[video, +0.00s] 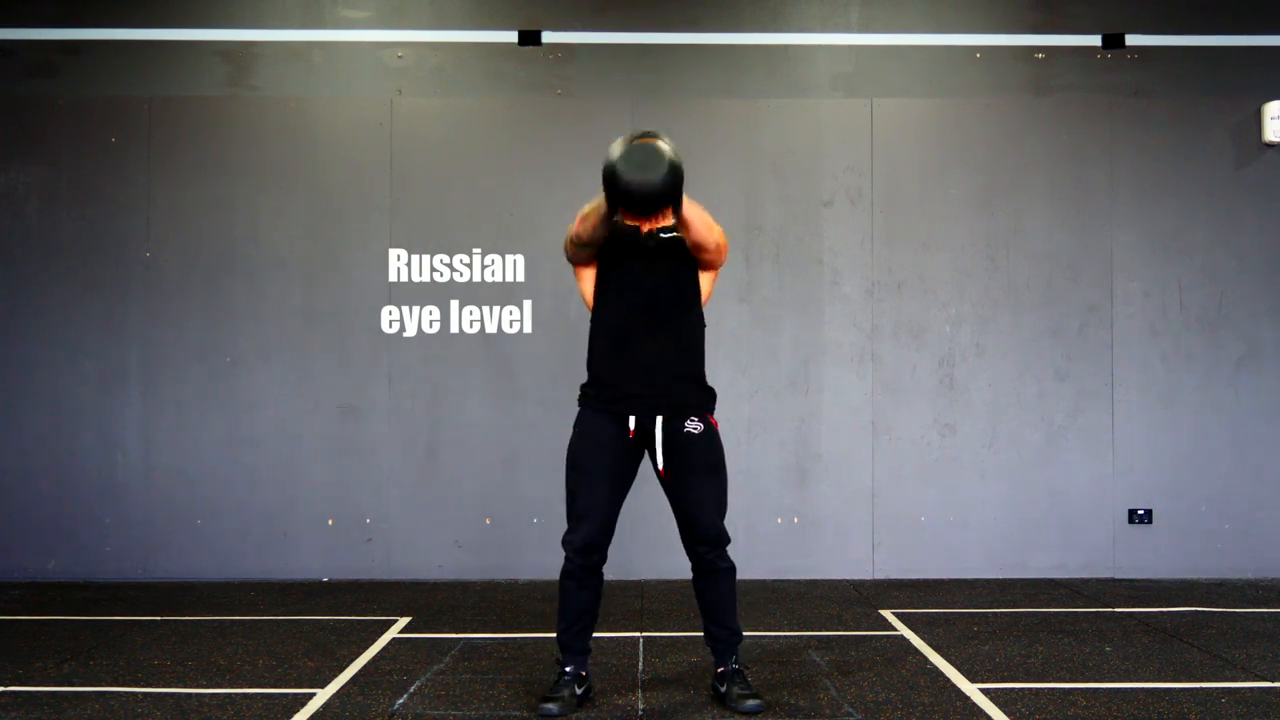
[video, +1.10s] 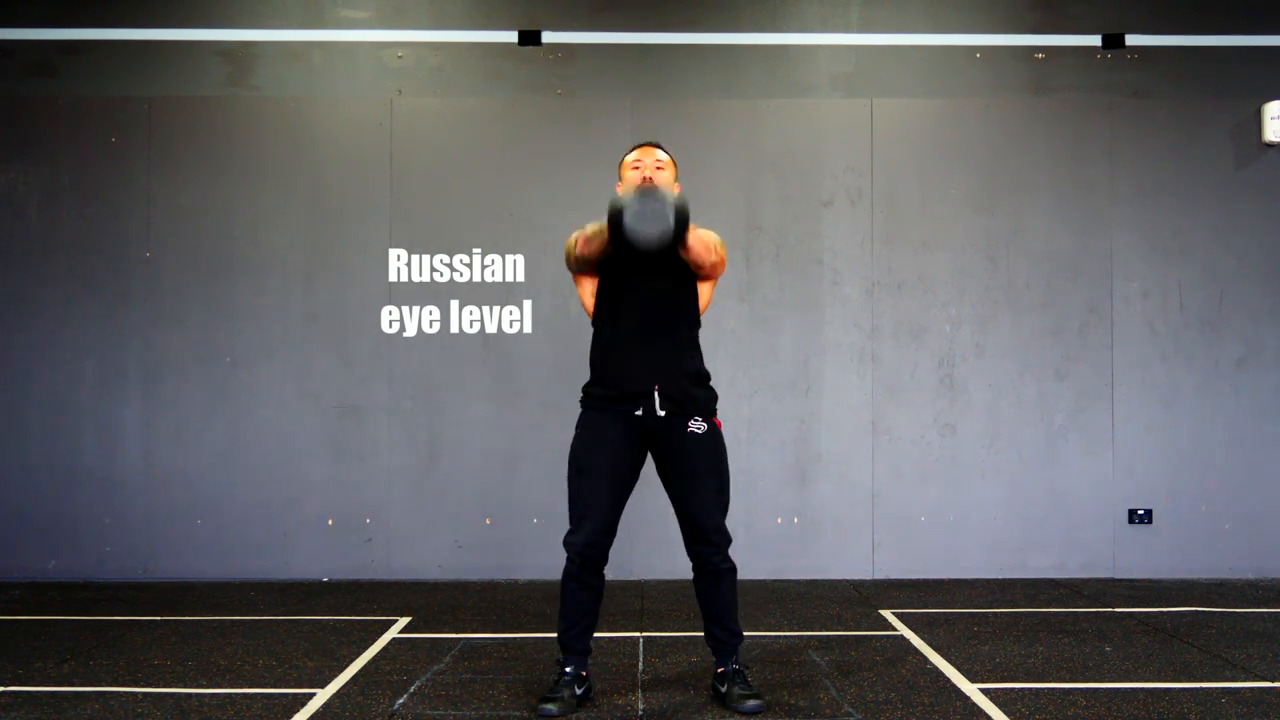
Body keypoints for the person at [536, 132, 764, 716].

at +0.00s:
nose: (646, 225)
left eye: (656, 216)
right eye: (635, 217)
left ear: (675, 205)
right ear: (615, 208)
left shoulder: (701, 252)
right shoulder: (591, 247)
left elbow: (713, 242)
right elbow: (580, 235)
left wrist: (674, 193)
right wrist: (614, 199)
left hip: (684, 413)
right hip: (607, 411)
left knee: (709, 543)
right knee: (583, 544)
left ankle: (729, 669)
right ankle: (572, 671)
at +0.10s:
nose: (648, 169)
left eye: (659, 160)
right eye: (636, 160)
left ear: (676, 177)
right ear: (619, 177)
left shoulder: (702, 240)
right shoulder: (592, 240)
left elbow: (706, 270)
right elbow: (583, 262)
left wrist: (677, 275)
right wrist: (605, 269)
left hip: (684, 413)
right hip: (607, 413)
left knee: (712, 542)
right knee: (581, 543)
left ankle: (729, 670)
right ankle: (571, 672)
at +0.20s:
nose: (648, 169)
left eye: (659, 161)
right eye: (635, 161)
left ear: (676, 177)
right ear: (618, 177)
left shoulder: (705, 248)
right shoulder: (587, 248)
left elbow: (701, 311)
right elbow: (592, 306)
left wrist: (674, 354)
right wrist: (621, 348)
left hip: (685, 412)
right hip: (606, 412)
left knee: (721, 542)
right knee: (572, 544)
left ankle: (730, 669)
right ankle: (571, 672)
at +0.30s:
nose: (647, 180)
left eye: (658, 171)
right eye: (634, 172)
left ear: (676, 186)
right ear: (616, 188)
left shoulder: (707, 267)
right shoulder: (584, 267)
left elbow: (698, 359)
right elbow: (595, 358)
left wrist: (674, 431)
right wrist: (621, 430)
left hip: (686, 421)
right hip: (604, 420)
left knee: (735, 547)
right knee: (558, 545)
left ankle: (731, 671)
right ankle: (570, 673)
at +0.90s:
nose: (641, 179)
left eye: (653, 171)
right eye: (629, 171)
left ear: (672, 187)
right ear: (614, 188)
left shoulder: (705, 257)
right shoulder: (582, 262)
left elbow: (700, 333)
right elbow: (593, 336)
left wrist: (678, 393)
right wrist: (622, 391)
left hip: (689, 420)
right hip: (607, 423)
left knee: (729, 548)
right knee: (576, 548)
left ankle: (730, 672)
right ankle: (572, 674)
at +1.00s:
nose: (645, 175)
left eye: (656, 166)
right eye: (633, 167)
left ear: (674, 185)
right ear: (617, 185)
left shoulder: (702, 246)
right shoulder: (589, 246)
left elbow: (704, 280)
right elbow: (590, 278)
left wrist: (677, 302)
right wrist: (620, 297)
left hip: (686, 413)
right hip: (611, 413)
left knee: (714, 543)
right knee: (584, 543)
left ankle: (729, 670)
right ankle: (572, 672)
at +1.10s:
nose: (648, 168)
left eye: (660, 163)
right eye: (635, 163)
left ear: (678, 186)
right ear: (618, 186)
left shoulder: (701, 246)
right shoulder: (592, 248)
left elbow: (711, 261)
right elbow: (581, 250)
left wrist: (674, 225)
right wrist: (618, 223)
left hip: (686, 414)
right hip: (610, 413)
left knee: (710, 544)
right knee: (585, 545)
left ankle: (729, 670)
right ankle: (572, 671)